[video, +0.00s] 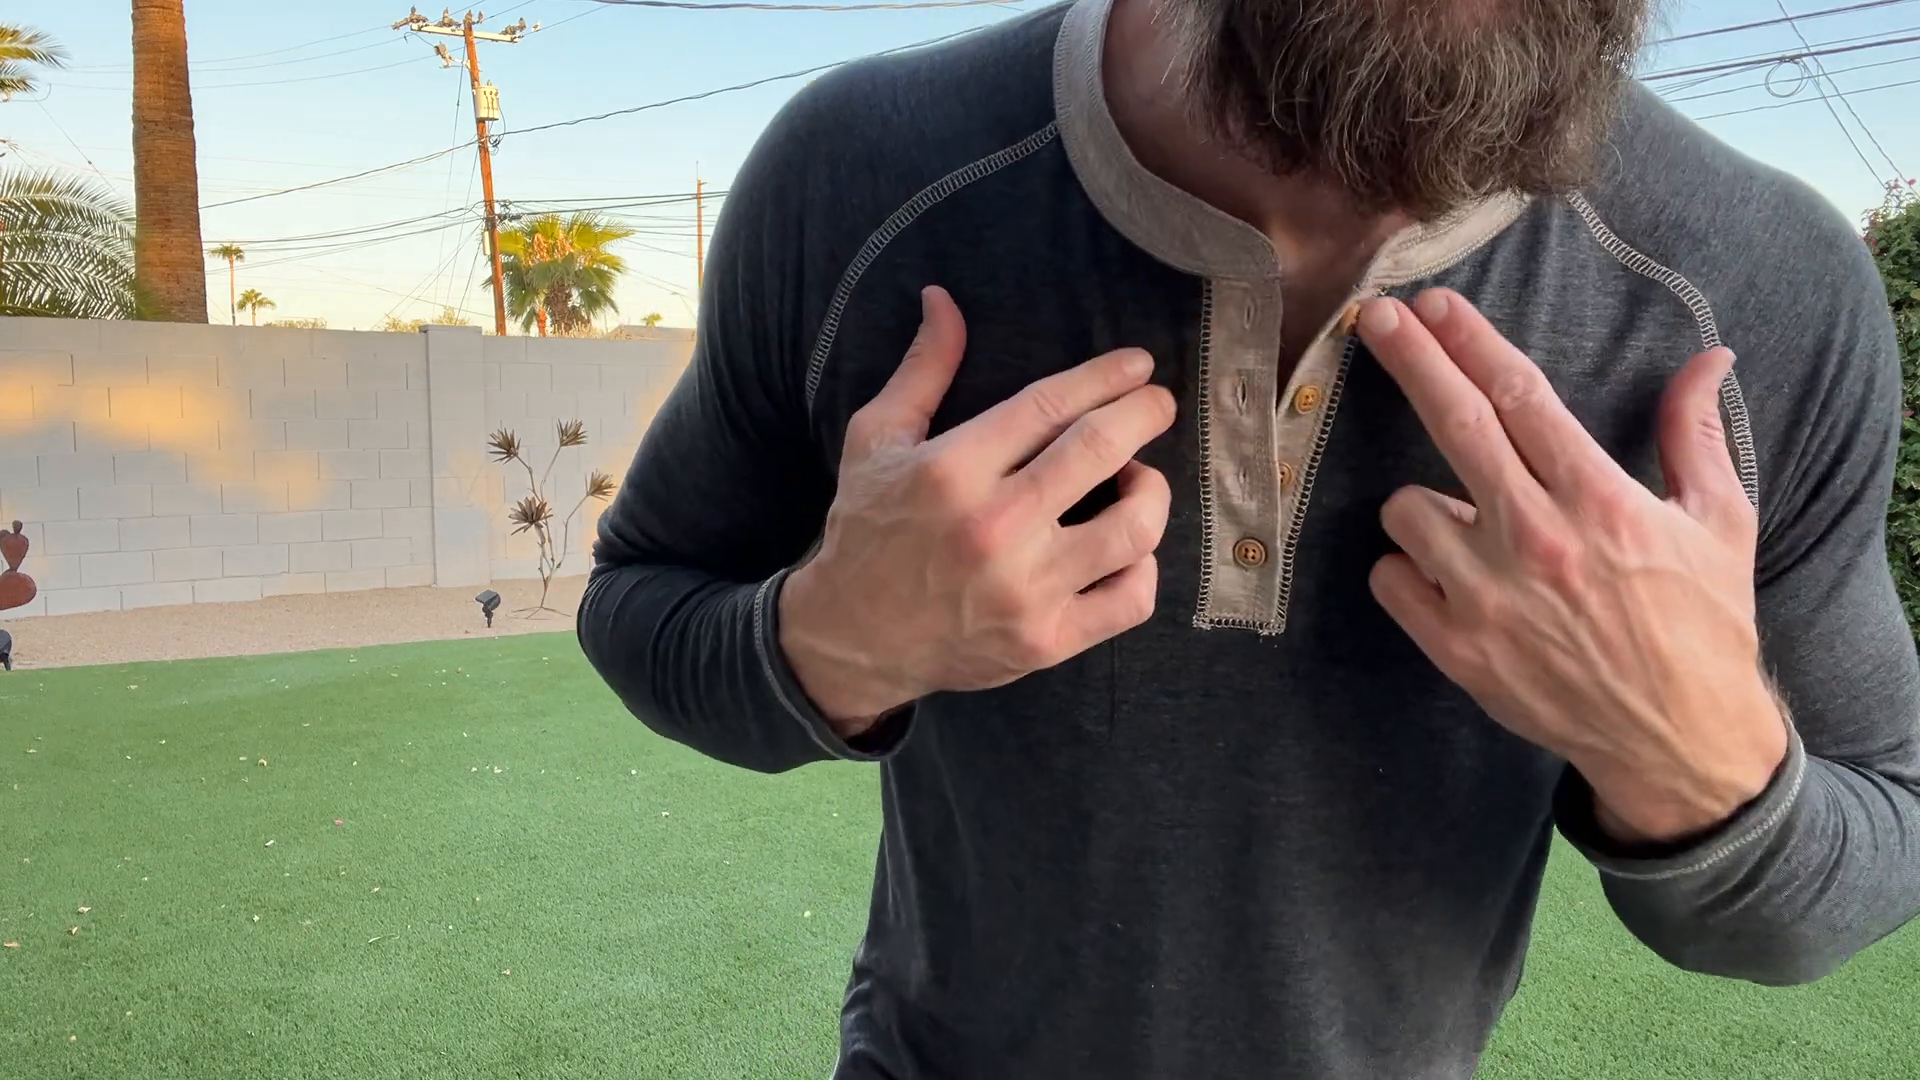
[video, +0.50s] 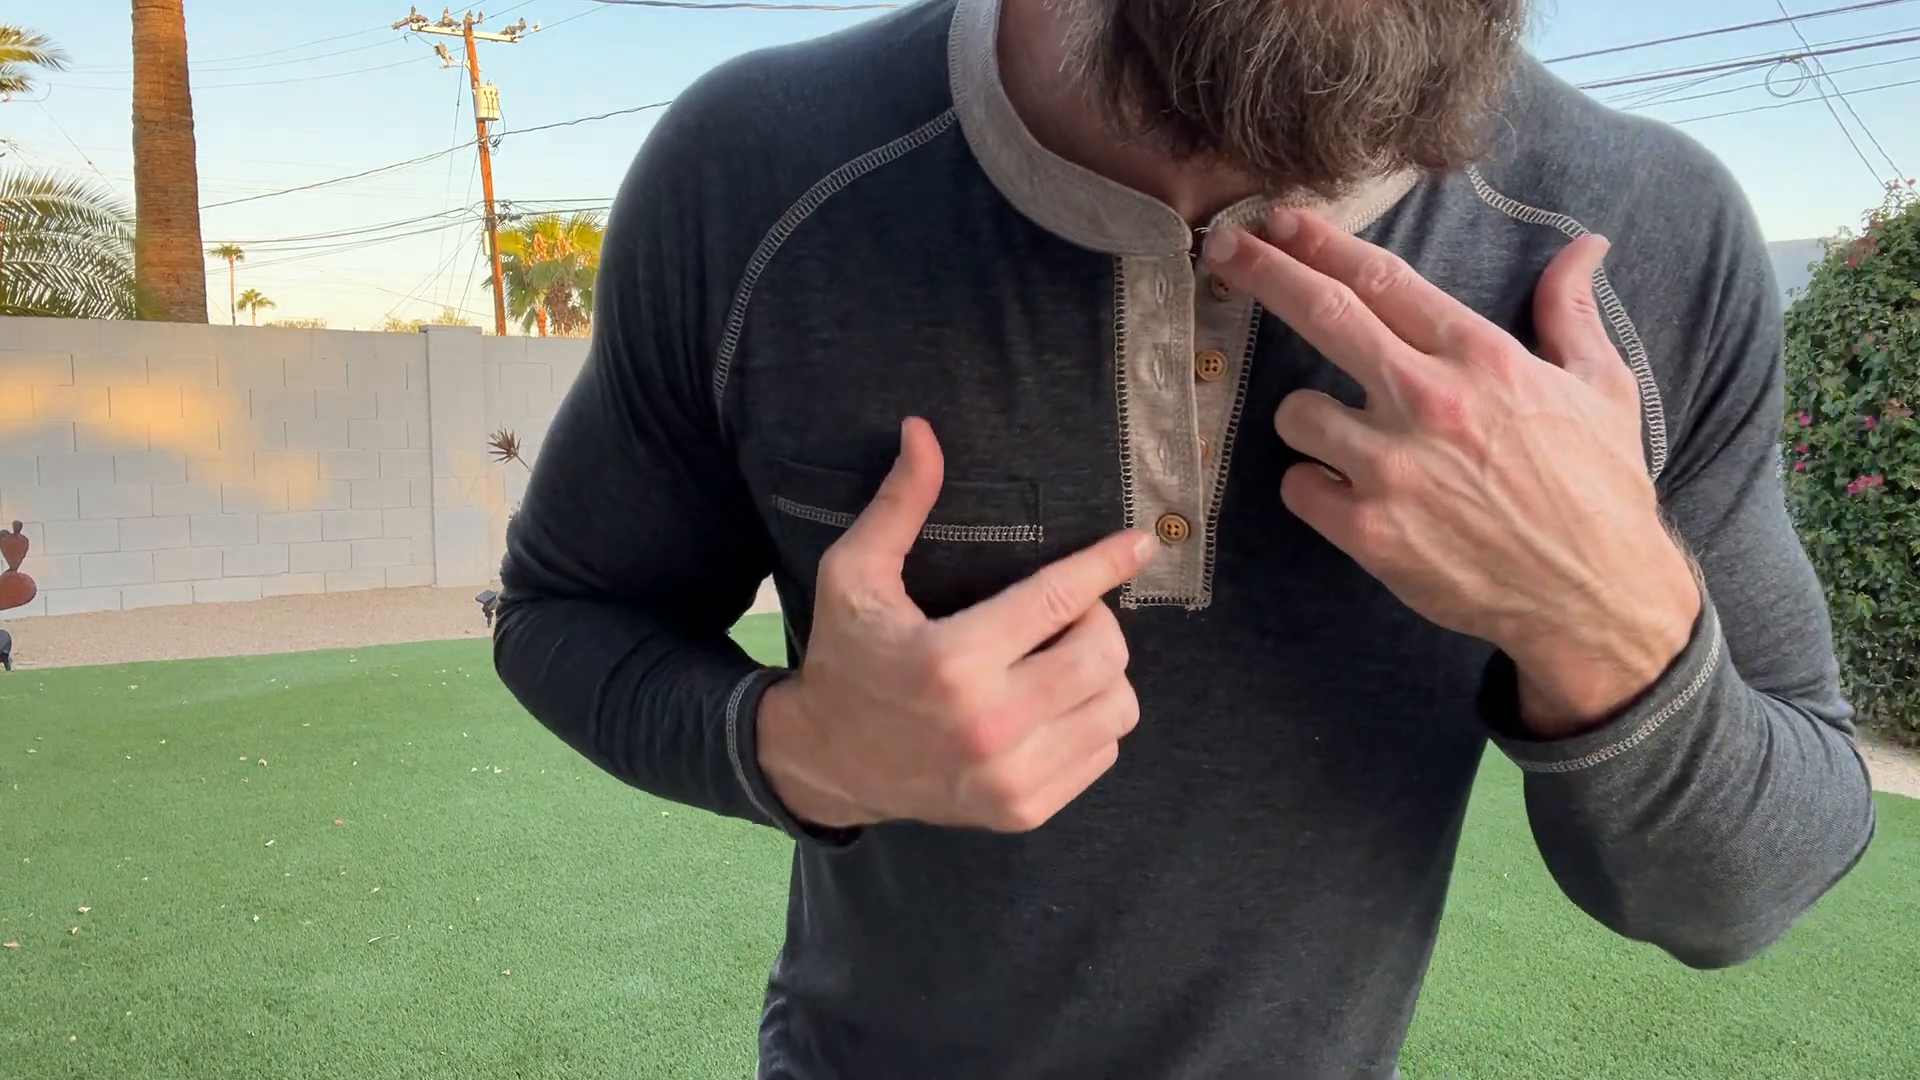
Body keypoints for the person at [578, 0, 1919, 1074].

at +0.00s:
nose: (1306, 297)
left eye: (1413, 234)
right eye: (1240, 199)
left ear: (1549, 119)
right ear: (1147, 21)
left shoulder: (1760, 297)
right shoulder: (862, 173)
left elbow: (1831, 901)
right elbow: (642, 605)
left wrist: (1697, 781)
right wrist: (821, 652)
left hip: (1396, 1048)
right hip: (951, 1041)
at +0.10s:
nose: (1314, 274)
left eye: (1415, 224)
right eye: (1228, 192)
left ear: (1546, 105)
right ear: (1139, 20)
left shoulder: (1751, 282)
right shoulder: (845, 166)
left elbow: (1814, 927)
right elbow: (632, 606)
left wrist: (1676, 708)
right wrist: (806, 659)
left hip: (1373, 1052)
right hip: (934, 1045)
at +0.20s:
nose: (1283, 253)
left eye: (1384, 204)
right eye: (1189, 173)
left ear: (1517, 92)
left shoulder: (1722, 263)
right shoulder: (828, 157)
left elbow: (1798, 932)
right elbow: (609, 609)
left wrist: (1648, 663)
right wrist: (804, 661)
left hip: (1359, 1041)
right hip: (917, 1039)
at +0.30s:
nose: (1237, 247)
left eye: (1330, 196)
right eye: (1159, 162)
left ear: (1483, 93)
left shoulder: (1692, 254)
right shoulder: (802, 157)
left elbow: (1784, 924)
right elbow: (590, 615)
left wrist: (1635, 657)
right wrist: (803, 673)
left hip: (1344, 1041)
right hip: (899, 1039)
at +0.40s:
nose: (1220, 248)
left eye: (1308, 194)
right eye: (1145, 167)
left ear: (1456, 94)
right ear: (1072, 11)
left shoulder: (1664, 246)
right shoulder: (778, 159)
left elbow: (1757, 909)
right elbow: (575, 607)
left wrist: (1626, 647)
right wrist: (794, 713)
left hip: (1327, 1040)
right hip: (882, 1037)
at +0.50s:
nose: (1196, 256)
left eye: (1296, 206)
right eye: (1120, 172)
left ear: (1436, 100)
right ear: (1046, 16)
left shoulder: (1635, 240)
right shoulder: (750, 168)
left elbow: (1737, 898)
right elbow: (569, 608)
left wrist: (1607, 635)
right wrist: (787, 753)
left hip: (1303, 1045)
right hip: (867, 1043)